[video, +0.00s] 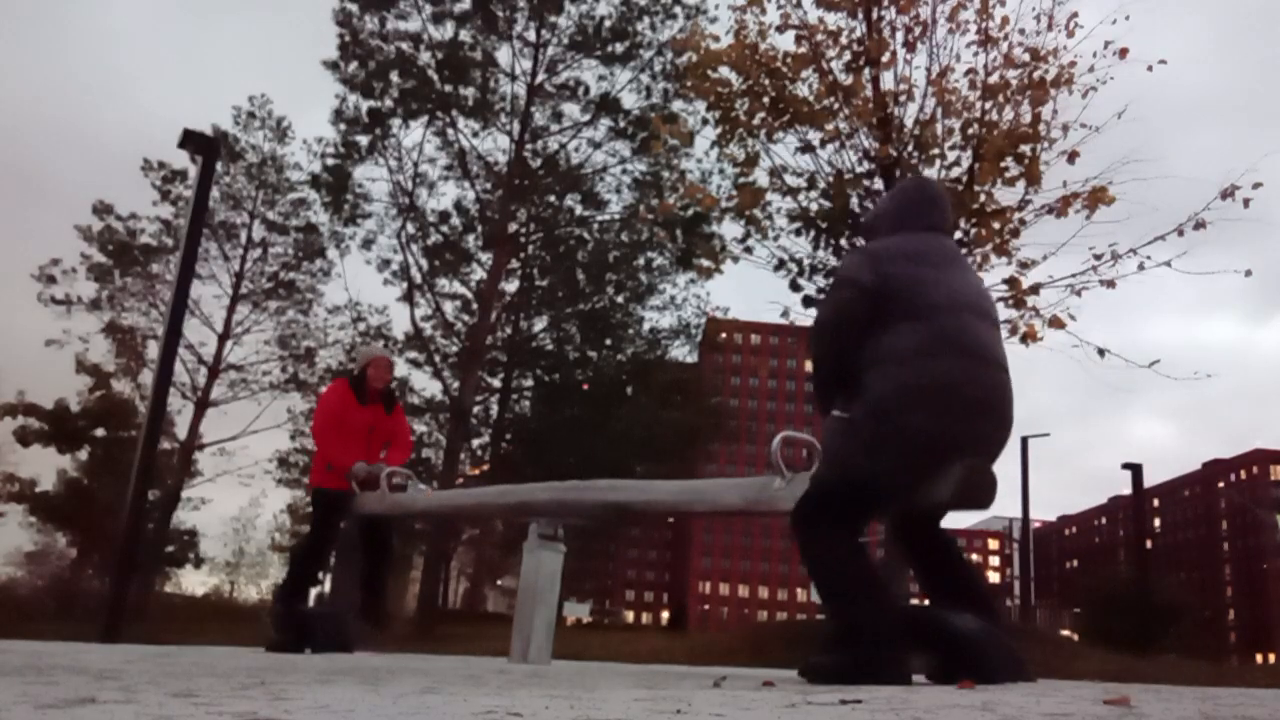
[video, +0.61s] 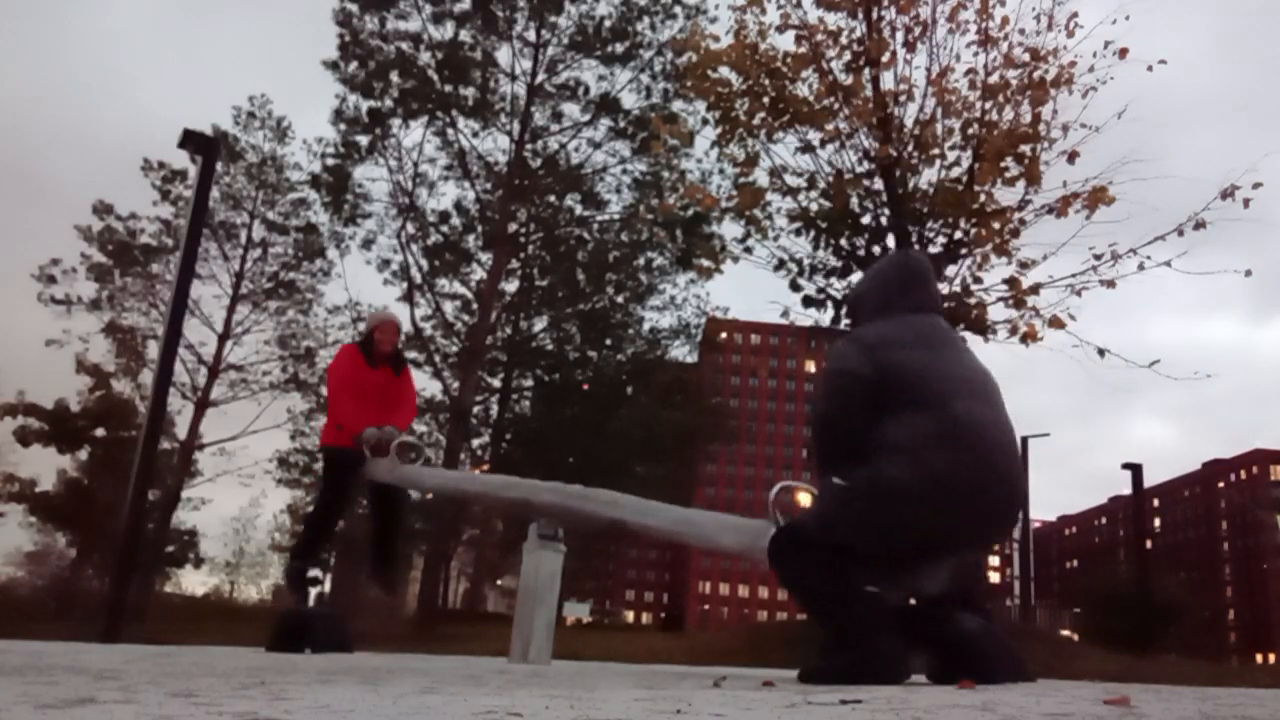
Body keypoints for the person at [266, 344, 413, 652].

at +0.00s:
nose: (382, 374)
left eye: (387, 369)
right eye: (376, 367)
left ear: (392, 374)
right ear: (363, 369)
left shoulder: (390, 405)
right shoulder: (340, 391)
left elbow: (403, 444)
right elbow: (322, 432)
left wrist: (386, 464)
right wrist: (351, 465)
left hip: (371, 491)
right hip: (332, 484)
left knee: (378, 550)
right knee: (319, 545)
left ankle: (371, 618)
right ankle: (287, 608)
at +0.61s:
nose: (388, 338)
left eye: (394, 333)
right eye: (383, 331)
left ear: (400, 338)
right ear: (371, 333)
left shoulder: (401, 369)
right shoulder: (349, 355)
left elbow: (409, 406)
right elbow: (338, 399)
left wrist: (392, 430)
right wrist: (362, 431)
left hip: (382, 452)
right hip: (343, 444)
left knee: (391, 512)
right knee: (333, 504)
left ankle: (384, 582)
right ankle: (299, 568)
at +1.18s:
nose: (381, 354)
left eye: (386, 349)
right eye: (376, 348)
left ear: (392, 353)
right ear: (363, 351)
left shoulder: (397, 386)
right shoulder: (342, 377)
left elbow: (404, 426)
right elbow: (333, 420)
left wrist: (385, 446)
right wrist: (358, 448)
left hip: (378, 469)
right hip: (338, 463)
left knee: (387, 528)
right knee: (329, 523)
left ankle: (384, 598)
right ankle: (293, 588)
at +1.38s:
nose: (369, 396)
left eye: (375, 391)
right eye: (364, 390)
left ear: (382, 395)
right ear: (353, 391)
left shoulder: (384, 428)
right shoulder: (331, 413)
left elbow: (390, 468)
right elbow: (319, 458)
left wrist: (375, 486)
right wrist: (346, 486)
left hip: (365, 511)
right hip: (327, 505)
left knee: (377, 564)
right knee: (317, 564)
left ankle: (364, 634)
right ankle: (273, 621)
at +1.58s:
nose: (362, 431)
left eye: (367, 426)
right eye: (357, 425)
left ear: (371, 429)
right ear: (343, 425)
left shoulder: (370, 461)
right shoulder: (315, 451)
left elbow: (374, 500)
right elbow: (306, 495)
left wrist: (368, 519)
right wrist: (337, 515)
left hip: (352, 535)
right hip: (315, 530)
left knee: (376, 572)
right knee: (313, 578)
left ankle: (358, 636)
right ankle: (274, 627)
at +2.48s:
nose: (378, 410)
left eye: (381, 405)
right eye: (373, 404)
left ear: (384, 408)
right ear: (358, 404)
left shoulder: (383, 440)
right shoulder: (331, 426)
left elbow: (388, 478)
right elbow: (308, 464)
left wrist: (373, 495)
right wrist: (343, 487)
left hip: (362, 517)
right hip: (323, 510)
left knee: (379, 568)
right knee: (316, 566)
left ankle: (362, 635)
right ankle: (275, 630)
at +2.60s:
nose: (382, 384)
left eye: (387, 378)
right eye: (377, 377)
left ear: (391, 381)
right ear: (363, 376)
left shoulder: (391, 414)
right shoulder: (334, 402)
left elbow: (394, 454)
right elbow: (320, 442)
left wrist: (378, 467)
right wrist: (353, 464)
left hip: (368, 492)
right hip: (329, 485)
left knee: (375, 548)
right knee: (323, 541)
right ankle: (287, 606)